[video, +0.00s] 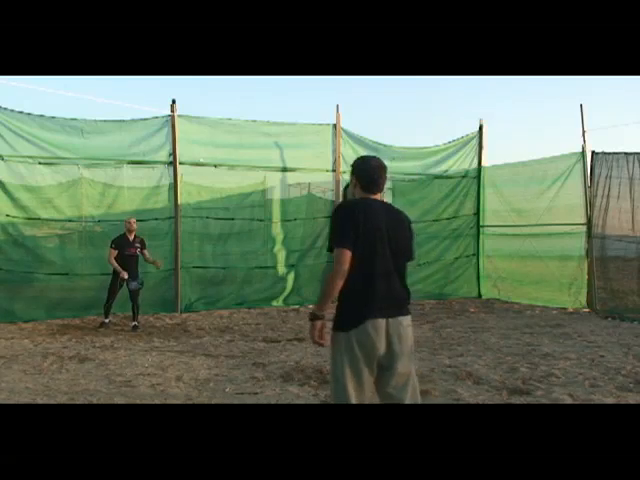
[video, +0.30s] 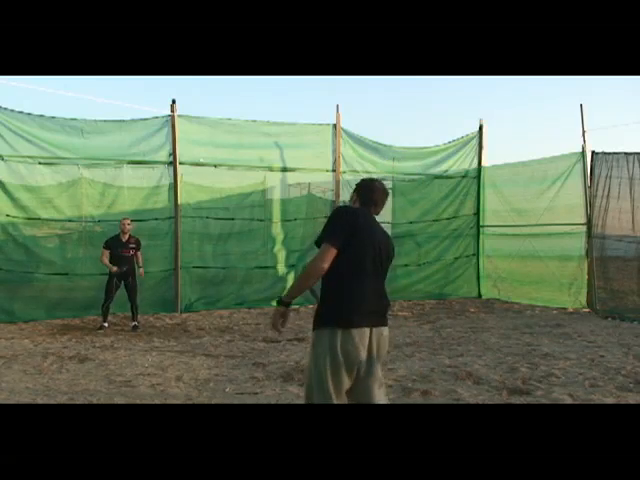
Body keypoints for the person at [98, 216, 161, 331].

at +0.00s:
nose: (132, 225)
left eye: (134, 223)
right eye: (129, 223)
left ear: (136, 225)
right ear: (125, 225)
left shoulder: (140, 241)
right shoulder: (117, 241)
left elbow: (146, 256)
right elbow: (111, 258)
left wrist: (154, 262)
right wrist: (121, 271)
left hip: (133, 273)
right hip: (119, 273)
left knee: (135, 300)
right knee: (110, 298)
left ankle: (135, 322)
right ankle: (106, 319)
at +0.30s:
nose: (126, 227)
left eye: (128, 225)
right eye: (123, 225)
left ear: (131, 226)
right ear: (120, 226)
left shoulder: (135, 241)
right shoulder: (111, 241)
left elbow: (138, 254)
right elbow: (104, 258)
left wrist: (140, 267)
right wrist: (111, 267)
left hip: (130, 272)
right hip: (116, 272)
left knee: (133, 298)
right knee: (108, 298)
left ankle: (135, 321)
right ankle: (104, 322)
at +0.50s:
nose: (121, 226)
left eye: (123, 224)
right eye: (119, 224)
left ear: (127, 226)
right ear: (115, 226)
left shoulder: (132, 241)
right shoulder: (109, 240)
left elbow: (137, 256)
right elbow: (99, 251)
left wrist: (128, 257)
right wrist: (99, 255)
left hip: (126, 273)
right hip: (112, 273)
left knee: (131, 298)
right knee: (106, 298)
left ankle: (134, 321)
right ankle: (104, 322)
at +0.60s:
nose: (118, 226)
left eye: (121, 224)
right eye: (116, 224)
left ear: (124, 226)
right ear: (113, 226)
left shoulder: (129, 240)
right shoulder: (107, 240)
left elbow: (133, 254)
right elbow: (93, 255)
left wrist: (120, 246)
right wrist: (94, 248)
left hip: (124, 273)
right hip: (110, 273)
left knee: (130, 298)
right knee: (104, 298)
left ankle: (134, 320)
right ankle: (103, 322)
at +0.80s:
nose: (115, 228)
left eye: (117, 225)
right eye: (113, 225)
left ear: (121, 227)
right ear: (110, 228)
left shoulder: (127, 240)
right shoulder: (105, 242)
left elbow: (129, 244)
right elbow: (87, 250)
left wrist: (119, 235)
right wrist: (87, 236)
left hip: (124, 274)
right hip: (110, 275)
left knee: (129, 300)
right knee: (104, 300)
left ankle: (132, 323)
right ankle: (104, 323)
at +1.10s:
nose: (114, 224)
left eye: (116, 222)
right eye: (112, 223)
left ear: (120, 225)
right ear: (110, 226)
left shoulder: (126, 239)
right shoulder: (106, 239)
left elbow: (135, 244)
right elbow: (97, 238)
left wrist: (129, 233)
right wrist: (97, 222)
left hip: (123, 272)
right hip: (109, 272)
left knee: (128, 298)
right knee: (104, 298)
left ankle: (132, 323)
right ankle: (104, 322)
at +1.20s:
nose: (114, 226)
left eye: (117, 224)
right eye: (113, 224)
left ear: (120, 226)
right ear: (110, 225)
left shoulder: (125, 238)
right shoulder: (105, 237)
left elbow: (133, 247)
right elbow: (105, 248)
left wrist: (127, 237)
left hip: (122, 272)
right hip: (108, 272)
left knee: (127, 297)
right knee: (103, 298)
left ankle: (132, 322)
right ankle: (104, 322)